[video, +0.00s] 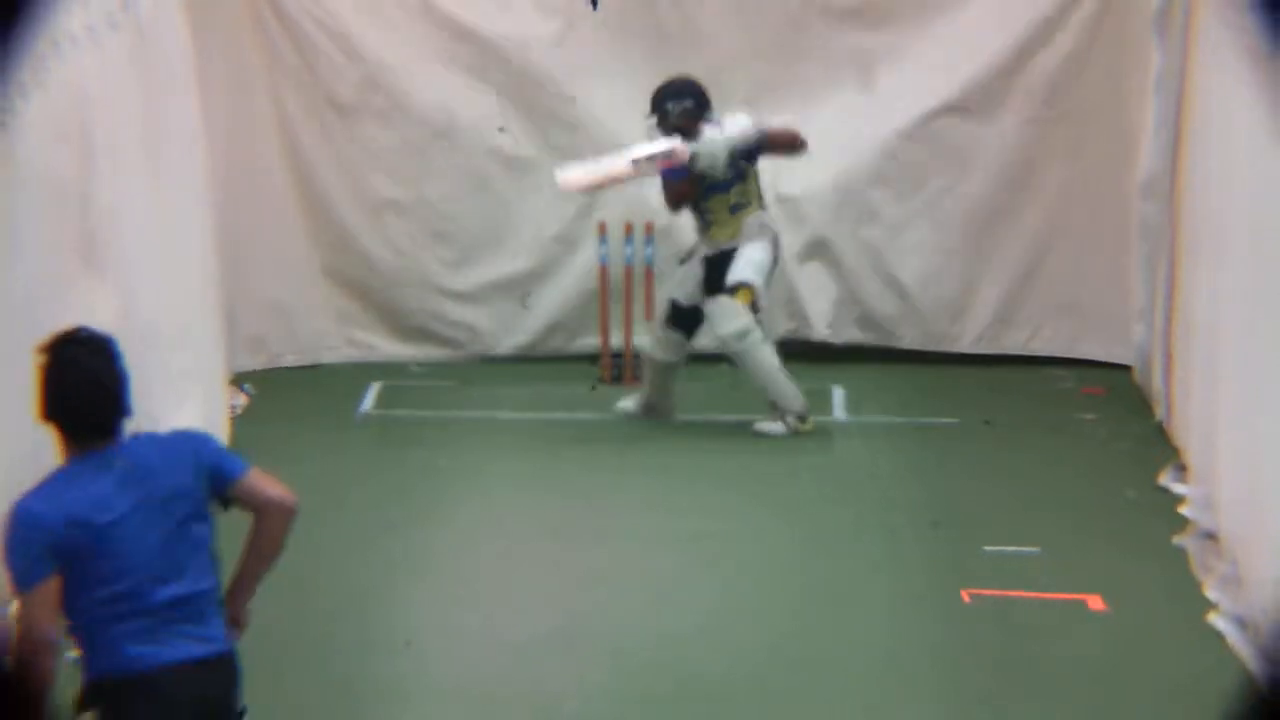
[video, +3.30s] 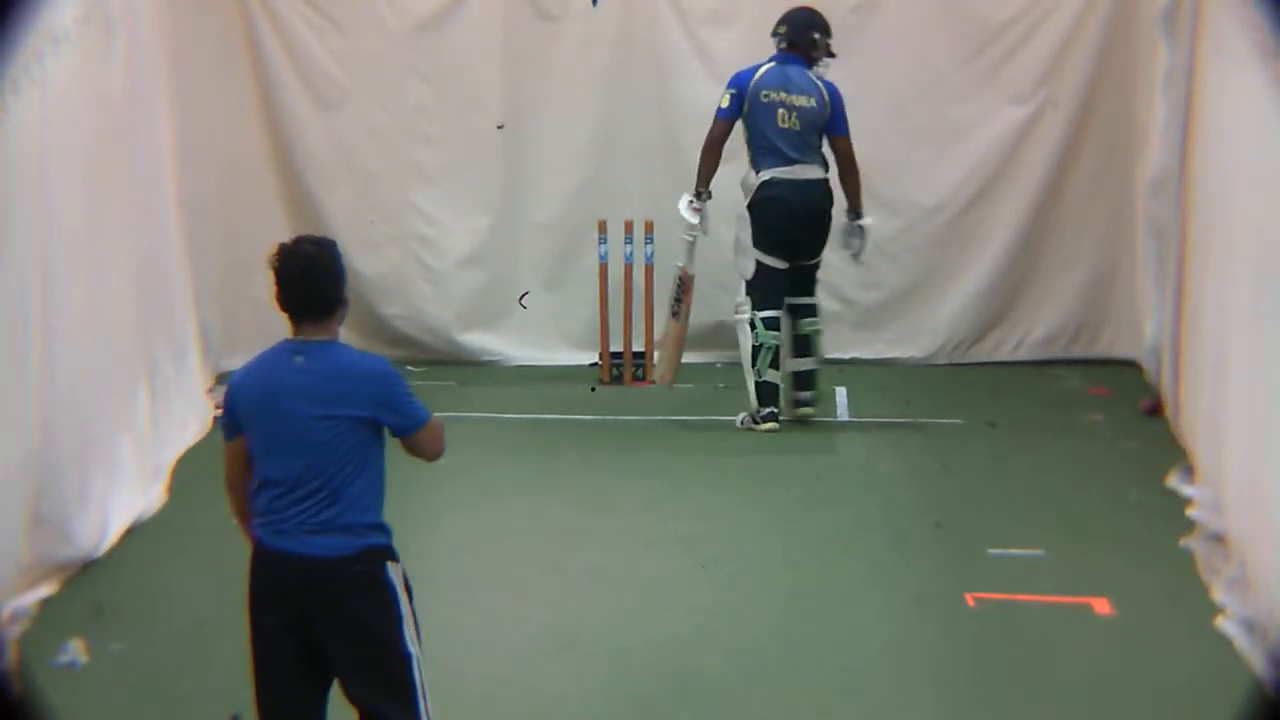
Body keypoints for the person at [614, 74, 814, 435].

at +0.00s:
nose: (667, 126)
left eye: (672, 116)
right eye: (663, 118)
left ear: (694, 113)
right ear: (661, 120)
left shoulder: (733, 131)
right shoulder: (672, 154)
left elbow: (795, 143)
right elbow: (674, 201)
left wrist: (740, 146)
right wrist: (700, 167)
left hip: (752, 238)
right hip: (711, 245)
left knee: (730, 317)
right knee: (673, 323)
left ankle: (793, 411)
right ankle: (654, 402)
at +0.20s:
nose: (679, 109)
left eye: (684, 100)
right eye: (677, 101)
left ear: (707, 97)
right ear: (690, 101)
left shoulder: (756, 122)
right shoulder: (693, 147)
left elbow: (808, 156)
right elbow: (693, 209)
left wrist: (773, 186)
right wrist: (716, 196)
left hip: (778, 226)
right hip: (735, 231)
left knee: (751, 314)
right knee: (698, 325)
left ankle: (795, 414)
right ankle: (694, 400)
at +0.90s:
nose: (722, 59)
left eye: (730, 50)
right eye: (716, 50)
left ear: (750, 49)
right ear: (709, 50)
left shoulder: (768, 90)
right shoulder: (717, 97)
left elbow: (803, 144)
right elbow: (711, 156)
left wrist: (790, 201)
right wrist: (700, 206)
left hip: (767, 212)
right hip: (732, 212)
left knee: (762, 307)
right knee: (726, 308)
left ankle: (796, 411)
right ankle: (731, 403)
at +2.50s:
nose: (715, 52)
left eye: (718, 45)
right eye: (716, 46)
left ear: (730, 41)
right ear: (756, 42)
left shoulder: (737, 67)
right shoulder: (765, 80)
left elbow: (750, 119)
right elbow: (758, 152)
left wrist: (749, 186)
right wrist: (717, 203)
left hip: (744, 195)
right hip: (756, 194)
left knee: (722, 295)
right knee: (734, 299)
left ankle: (776, 395)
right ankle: (737, 397)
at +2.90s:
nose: (742, 50)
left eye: (744, 44)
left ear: (749, 45)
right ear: (789, 51)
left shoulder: (736, 75)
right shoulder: (798, 96)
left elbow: (723, 129)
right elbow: (803, 165)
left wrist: (706, 188)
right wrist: (769, 190)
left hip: (742, 199)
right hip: (780, 204)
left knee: (718, 287)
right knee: (754, 289)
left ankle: (743, 385)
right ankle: (740, 391)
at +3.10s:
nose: (758, 46)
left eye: (759, 39)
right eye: (804, 46)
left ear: (760, 43)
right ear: (800, 48)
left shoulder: (735, 80)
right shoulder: (810, 93)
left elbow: (708, 140)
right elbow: (828, 160)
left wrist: (692, 195)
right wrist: (805, 200)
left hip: (757, 198)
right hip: (798, 201)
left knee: (750, 295)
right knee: (766, 297)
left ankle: (762, 403)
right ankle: (739, 389)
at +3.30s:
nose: (826, 51)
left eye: (826, 45)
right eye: (824, 44)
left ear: (780, 39)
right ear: (816, 44)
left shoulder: (746, 79)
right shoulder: (826, 91)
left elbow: (715, 141)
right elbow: (845, 156)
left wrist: (699, 196)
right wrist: (856, 214)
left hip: (771, 198)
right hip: (817, 198)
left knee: (766, 295)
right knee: (803, 291)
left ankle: (766, 407)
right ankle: (804, 395)